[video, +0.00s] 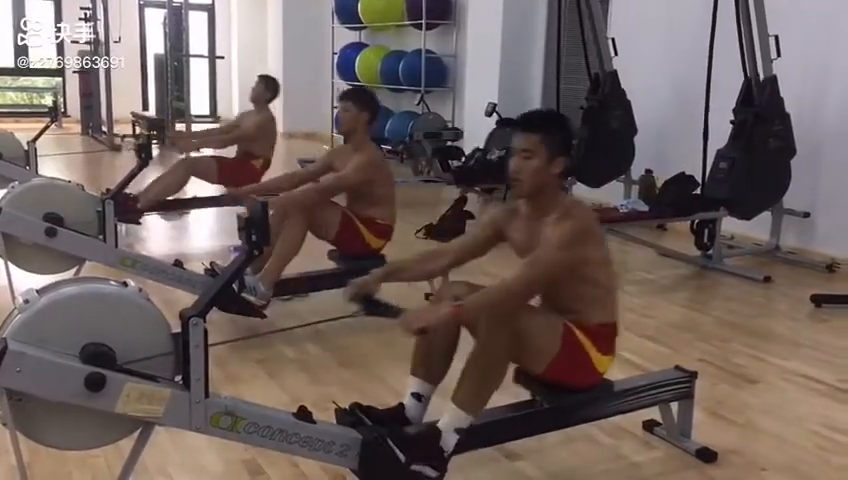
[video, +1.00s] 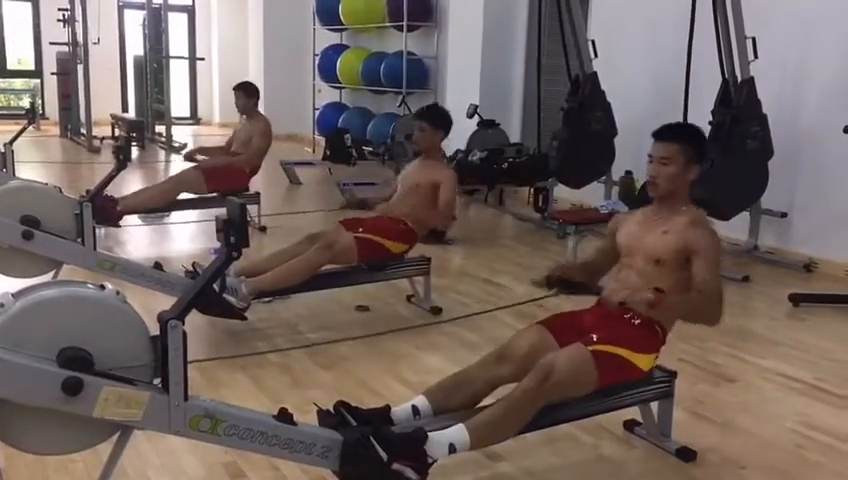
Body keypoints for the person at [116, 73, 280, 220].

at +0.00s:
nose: (252, 89)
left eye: (257, 87)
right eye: (254, 86)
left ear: (266, 94)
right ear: (263, 92)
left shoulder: (263, 121)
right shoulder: (249, 115)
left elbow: (227, 141)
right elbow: (220, 131)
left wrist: (191, 146)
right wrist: (188, 137)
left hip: (247, 173)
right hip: (240, 167)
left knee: (188, 166)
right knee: (183, 163)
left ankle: (142, 205)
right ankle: (140, 198)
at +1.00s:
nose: (236, 104)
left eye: (239, 99)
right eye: (236, 99)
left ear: (252, 100)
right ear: (244, 100)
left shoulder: (261, 126)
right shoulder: (244, 123)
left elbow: (248, 161)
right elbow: (228, 150)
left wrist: (206, 160)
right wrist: (201, 150)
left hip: (236, 175)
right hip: (226, 169)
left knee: (178, 183)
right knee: (176, 181)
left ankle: (118, 209)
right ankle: (116, 205)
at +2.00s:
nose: (197, 106)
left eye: (201, 103)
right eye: (198, 102)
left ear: (215, 104)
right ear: (212, 105)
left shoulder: (230, 127)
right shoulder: (212, 126)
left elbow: (205, 157)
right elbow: (186, 147)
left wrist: (170, 168)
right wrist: (159, 159)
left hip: (235, 181)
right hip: (225, 176)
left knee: (176, 171)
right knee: (170, 170)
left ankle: (128, 214)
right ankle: (127, 208)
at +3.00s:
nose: (129, 111)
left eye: (133, 107)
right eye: (130, 107)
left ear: (148, 113)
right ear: (145, 113)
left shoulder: (155, 133)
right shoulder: (140, 131)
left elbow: (113, 153)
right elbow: (111, 146)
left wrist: (72, 160)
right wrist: (71, 154)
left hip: (183, 182)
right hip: (175, 178)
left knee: (134, 158)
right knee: (130, 156)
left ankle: (136, 210)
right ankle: (132, 207)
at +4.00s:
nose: (287, 127)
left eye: (290, 123)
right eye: (288, 123)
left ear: (300, 127)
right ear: (301, 128)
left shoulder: (302, 154)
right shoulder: (296, 148)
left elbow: (309, 186)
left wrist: (290, 156)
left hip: (248, 183)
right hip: (245, 177)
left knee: (192, 180)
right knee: (191, 178)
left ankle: (138, 213)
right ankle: (137, 208)